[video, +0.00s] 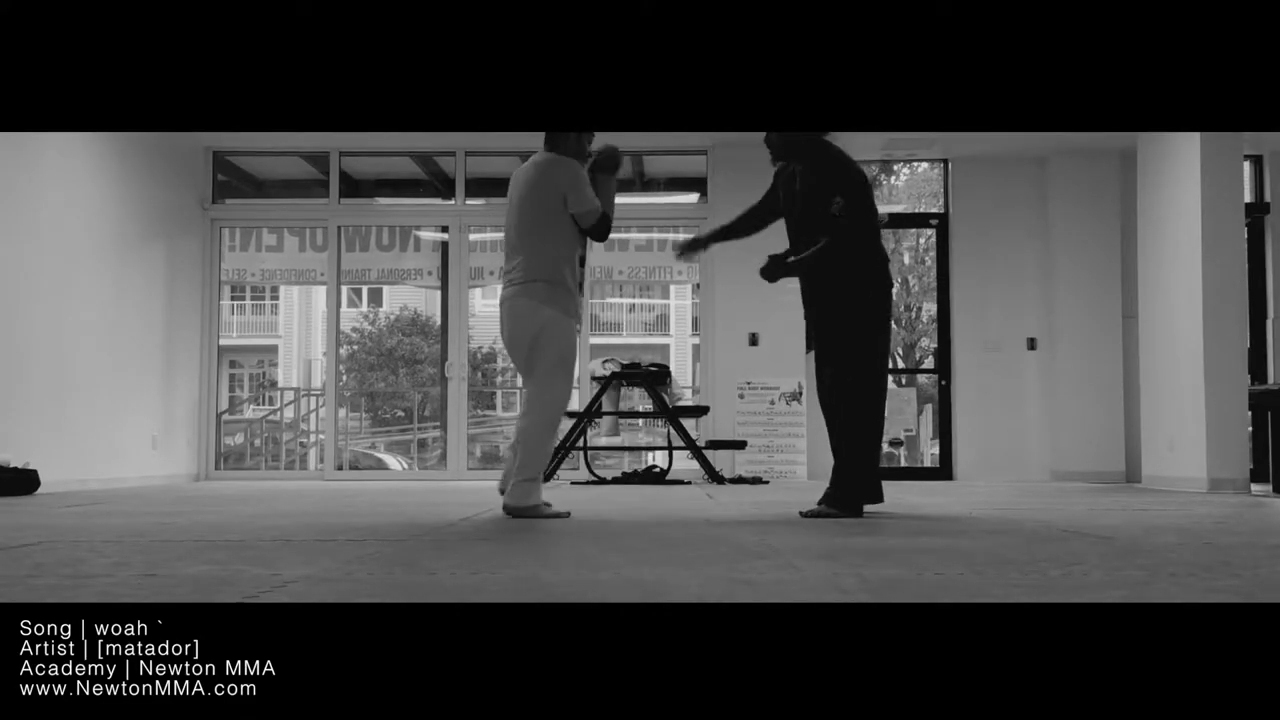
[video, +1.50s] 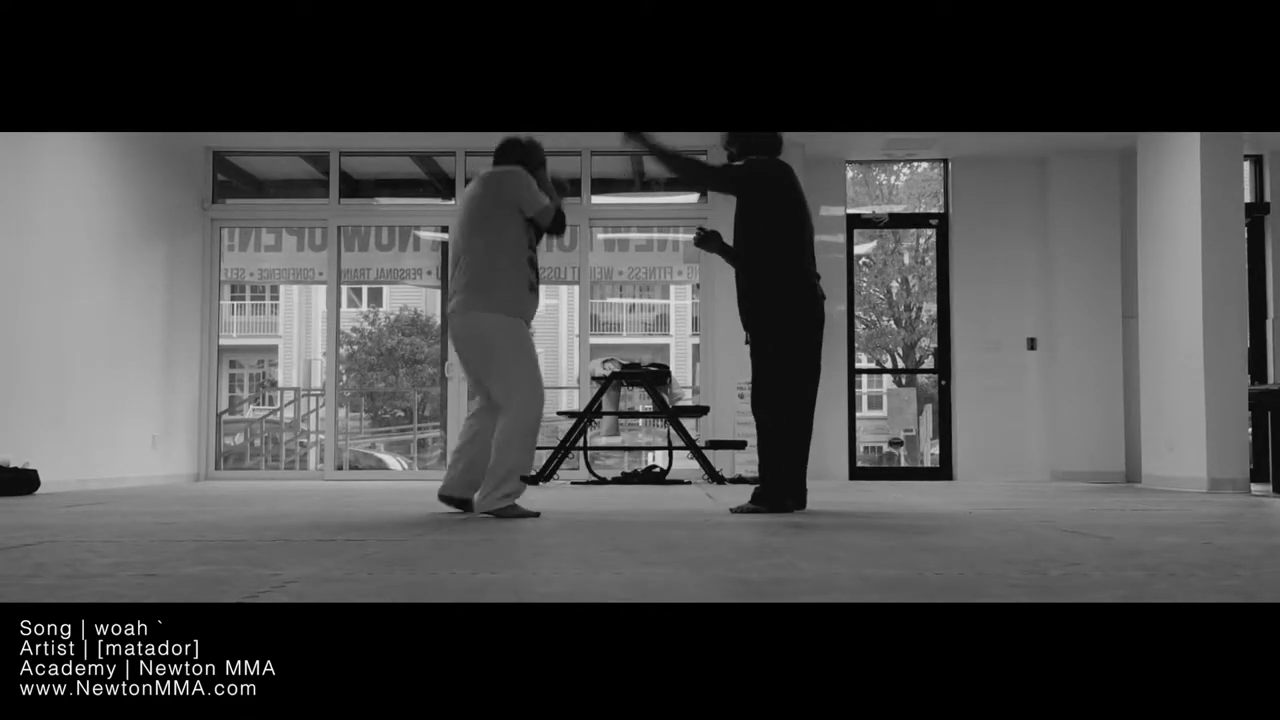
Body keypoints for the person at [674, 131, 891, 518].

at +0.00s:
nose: (767, 145)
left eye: (772, 138)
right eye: (767, 139)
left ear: (794, 137)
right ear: (787, 141)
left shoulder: (836, 169)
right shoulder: (790, 173)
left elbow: (841, 243)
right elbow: (759, 215)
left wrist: (790, 265)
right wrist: (708, 238)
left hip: (858, 298)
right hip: (827, 299)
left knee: (852, 391)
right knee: (835, 392)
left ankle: (847, 496)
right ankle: (859, 487)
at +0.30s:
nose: (760, 139)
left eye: (764, 133)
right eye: (761, 134)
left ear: (785, 133)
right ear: (788, 135)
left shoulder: (812, 170)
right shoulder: (797, 167)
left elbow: (777, 245)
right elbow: (754, 212)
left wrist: (708, 257)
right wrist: (711, 197)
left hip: (839, 308)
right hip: (818, 307)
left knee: (844, 395)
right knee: (816, 393)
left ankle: (845, 499)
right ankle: (814, 483)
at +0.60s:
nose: (747, 145)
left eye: (753, 137)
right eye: (748, 137)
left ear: (774, 141)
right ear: (782, 142)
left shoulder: (784, 183)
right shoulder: (791, 179)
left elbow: (726, 234)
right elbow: (776, 231)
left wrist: (680, 202)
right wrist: (737, 216)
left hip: (814, 314)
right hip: (799, 314)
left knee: (816, 403)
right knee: (791, 403)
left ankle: (838, 495)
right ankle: (791, 492)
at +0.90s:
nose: (735, 149)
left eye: (740, 142)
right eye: (735, 143)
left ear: (757, 143)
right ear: (773, 145)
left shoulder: (771, 174)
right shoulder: (780, 183)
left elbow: (708, 184)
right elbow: (752, 260)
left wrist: (649, 184)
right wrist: (722, 235)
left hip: (790, 310)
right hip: (793, 309)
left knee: (779, 399)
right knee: (784, 400)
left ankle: (789, 496)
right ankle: (789, 495)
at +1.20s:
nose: (735, 160)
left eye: (737, 150)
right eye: (733, 154)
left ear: (752, 146)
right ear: (773, 144)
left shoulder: (773, 174)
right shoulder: (771, 182)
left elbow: (725, 145)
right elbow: (753, 266)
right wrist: (713, 249)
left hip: (783, 312)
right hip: (781, 311)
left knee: (772, 402)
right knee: (779, 403)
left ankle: (774, 495)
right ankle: (784, 493)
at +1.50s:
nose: (726, 145)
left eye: (731, 138)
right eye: (727, 140)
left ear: (746, 140)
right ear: (766, 141)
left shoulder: (764, 173)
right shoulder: (769, 181)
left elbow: (702, 174)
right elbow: (758, 266)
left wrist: (646, 143)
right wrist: (721, 247)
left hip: (784, 311)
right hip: (786, 309)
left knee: (776, 401)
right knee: (781, 400)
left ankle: (778, 495)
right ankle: (784, 494)